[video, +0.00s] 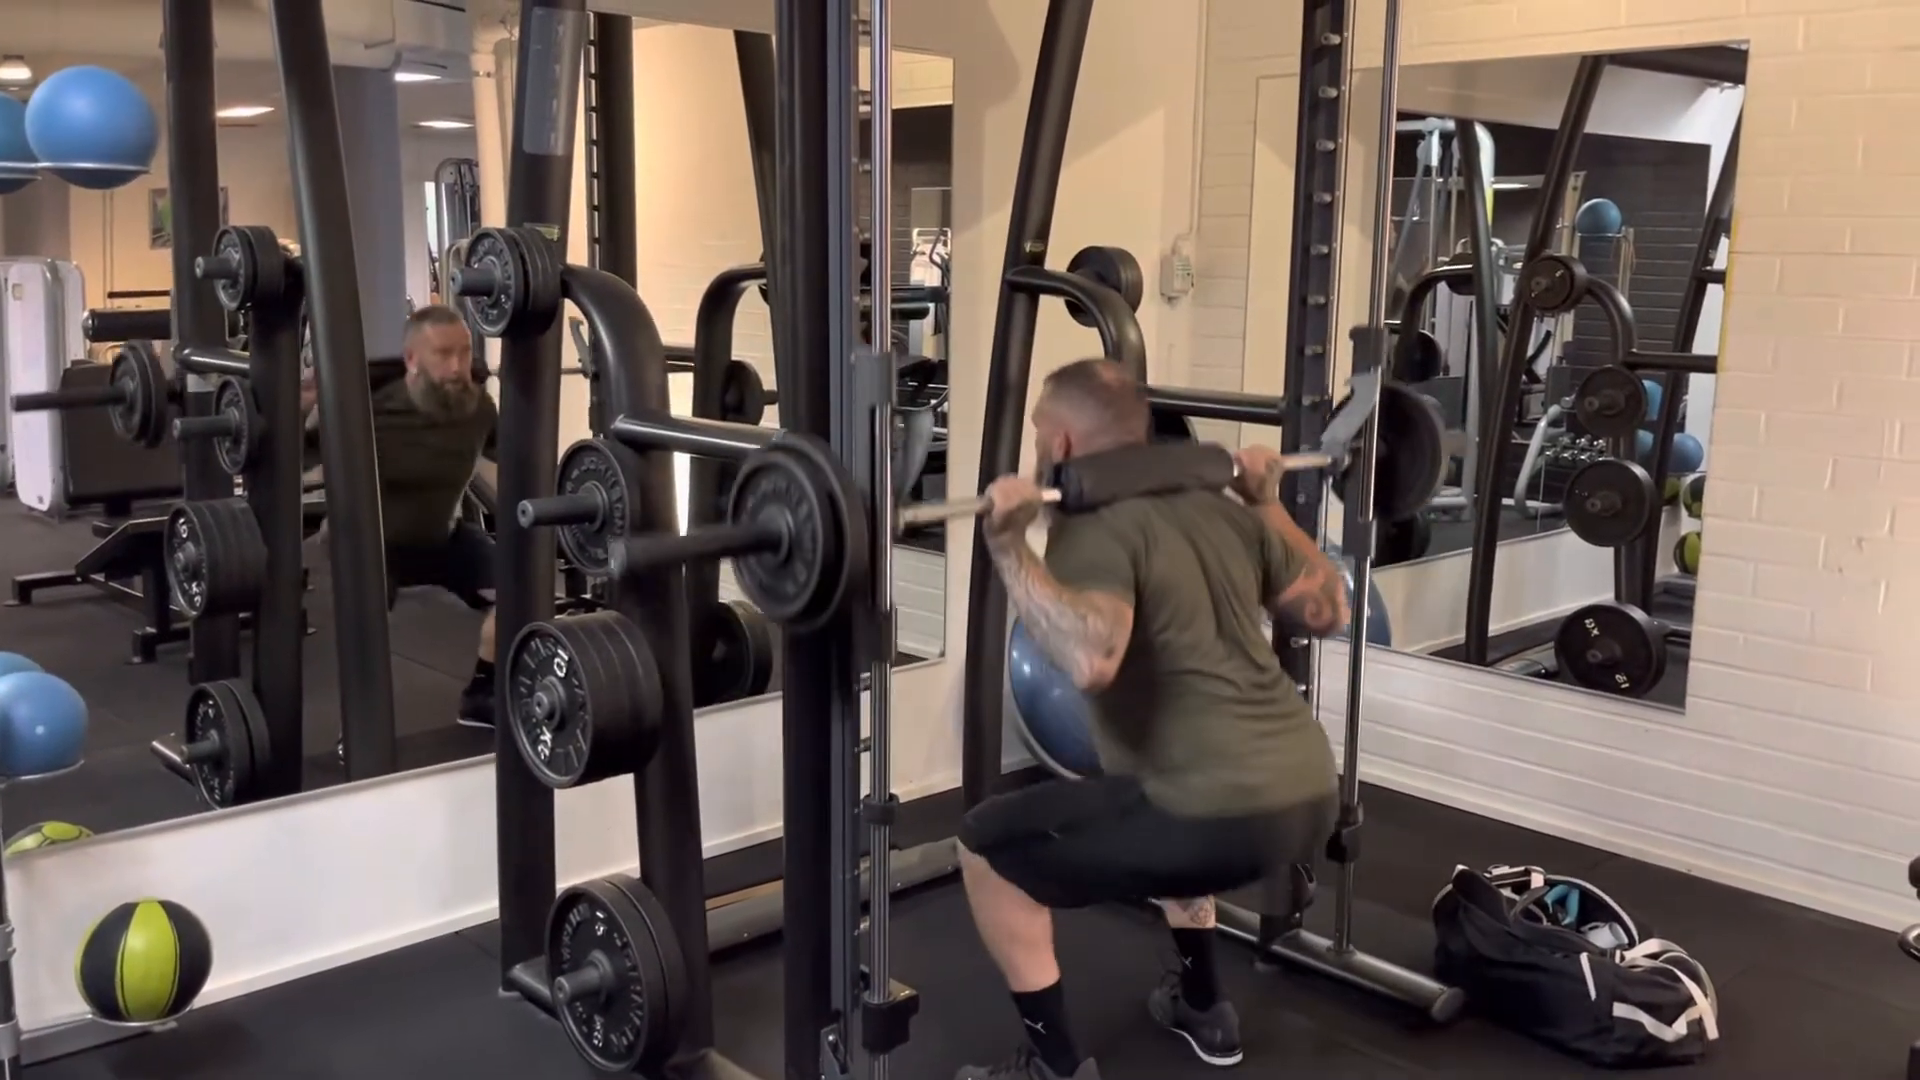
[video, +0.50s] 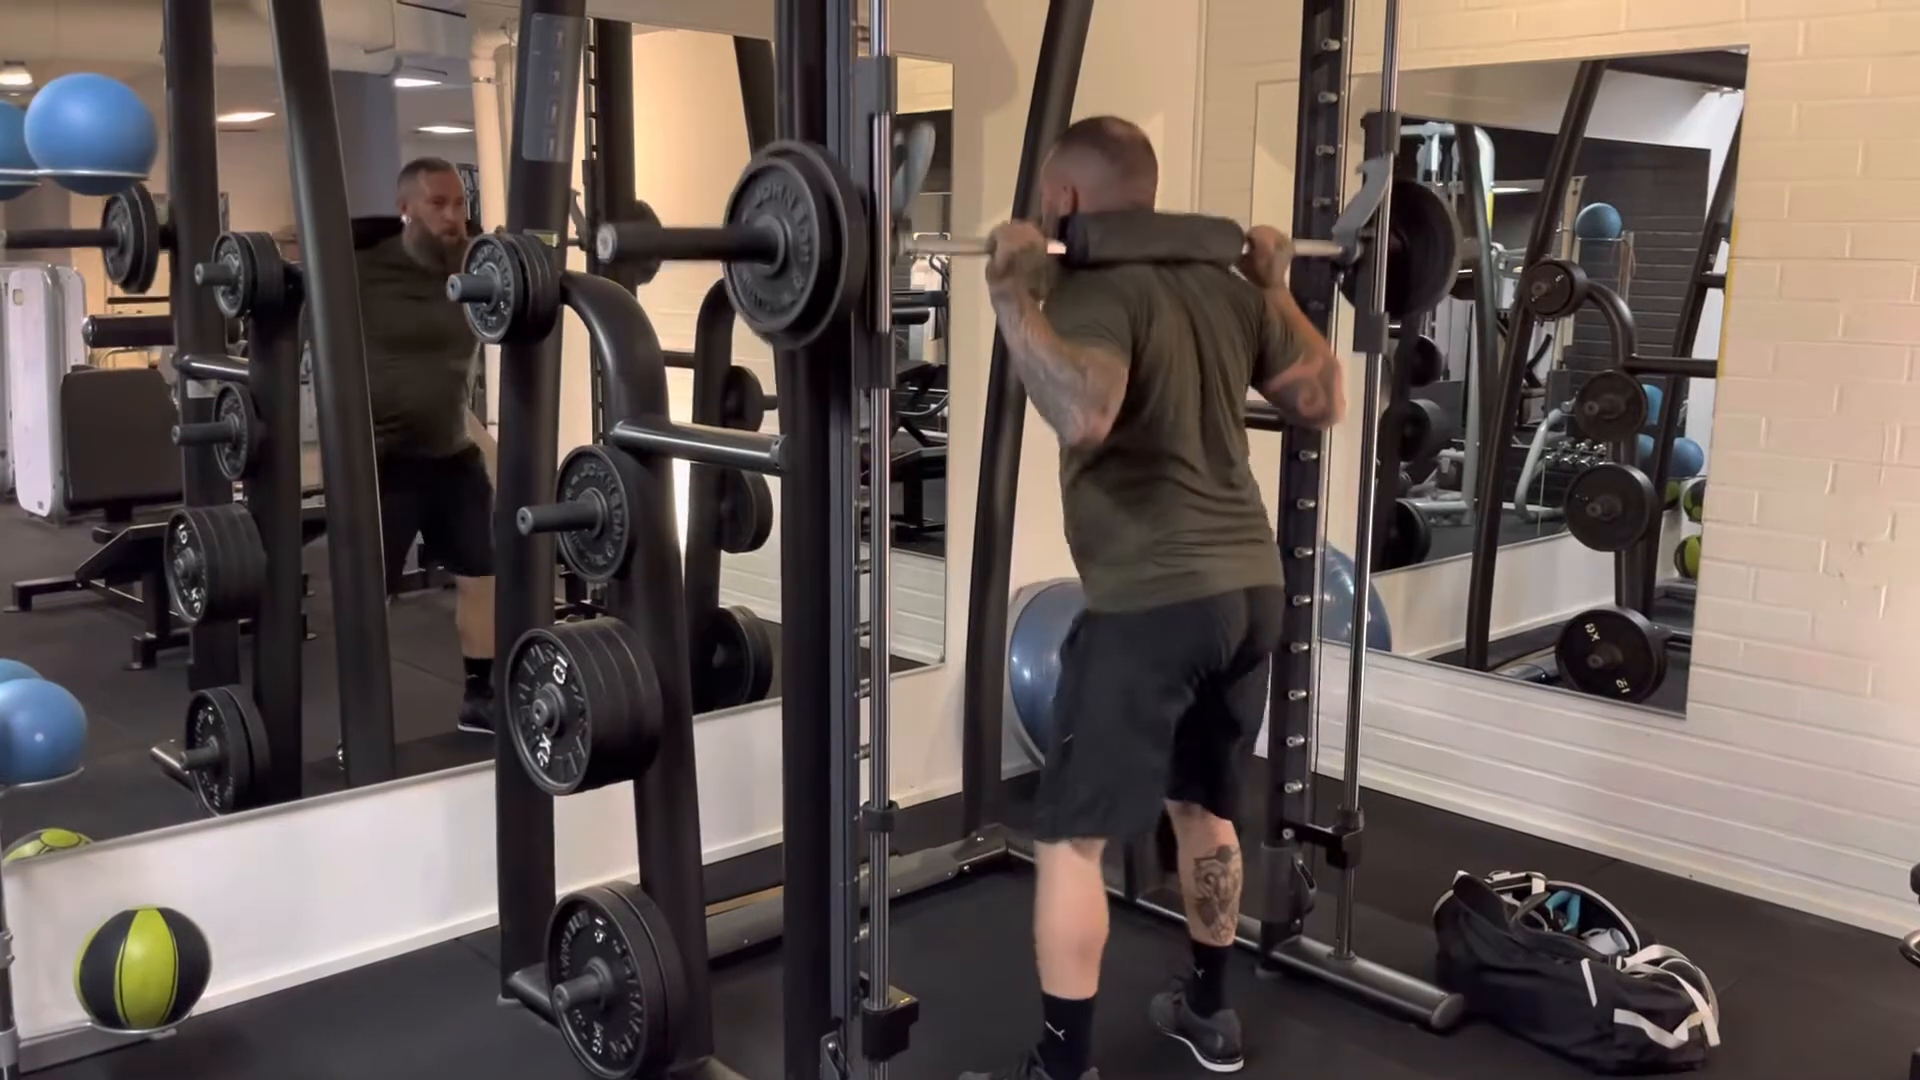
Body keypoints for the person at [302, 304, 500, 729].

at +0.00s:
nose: (458, 367)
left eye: (465, 353)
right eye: (444, 354)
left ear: (473, 354)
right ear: (411, 360)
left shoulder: (478, 410)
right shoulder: (374, 414)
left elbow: (508, 450)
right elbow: (292, 466)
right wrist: (296, 414)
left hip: (441, 541)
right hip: (373, 545)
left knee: (517, 579)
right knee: (364, 609)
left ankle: (484, 691)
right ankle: (359, 721)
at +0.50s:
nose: (454, 216)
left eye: (460, 203)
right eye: (439, 204)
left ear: (466, 207)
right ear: (406, 209)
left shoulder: (472, 270)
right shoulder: (360, 272)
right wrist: (275, 262)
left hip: (453, 451)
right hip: (380, 455)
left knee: (480, 568)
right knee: (365, 590)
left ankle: (482, 696)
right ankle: (360, 714)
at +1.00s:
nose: (454, 217)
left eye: (459, 205)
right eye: (440, 206)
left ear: (466, 210)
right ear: (405, 212)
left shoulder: (473, 273)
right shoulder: (360, 274)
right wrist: (279, 268)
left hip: (458, 459)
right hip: (381, 463)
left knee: (482, 574)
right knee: (365, 594)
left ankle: (482, 699)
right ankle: (359, 714)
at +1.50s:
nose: (456, 270)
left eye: (462, 259)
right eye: (442, 260)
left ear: (469, 261)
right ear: (410, 265)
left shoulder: (471, 326)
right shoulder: (365, 322)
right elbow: (297, 362)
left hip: (445, 488)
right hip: (377, 491)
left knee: (505, 563)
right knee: (357, 604)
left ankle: (484, 700)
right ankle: (360, 725)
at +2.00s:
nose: (458, 436)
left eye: (466, 421)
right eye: (444, 423)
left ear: (474, 420)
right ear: (411, 424)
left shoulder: (480, 469)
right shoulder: (367, 474)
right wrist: (292, 480)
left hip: (438, 593)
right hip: (369, 598)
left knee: (515, 596)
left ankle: (483, 708)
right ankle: (358, 738)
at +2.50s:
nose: (456, 421)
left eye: (463, 407)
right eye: (442, 409)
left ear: (471, 406)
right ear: (408, 411)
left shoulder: (476, 460)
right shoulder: (365, 462)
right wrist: (290, 462)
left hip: (433, 584)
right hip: (361, 589)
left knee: (509, 596)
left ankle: (481, 708)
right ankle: (356, 738)